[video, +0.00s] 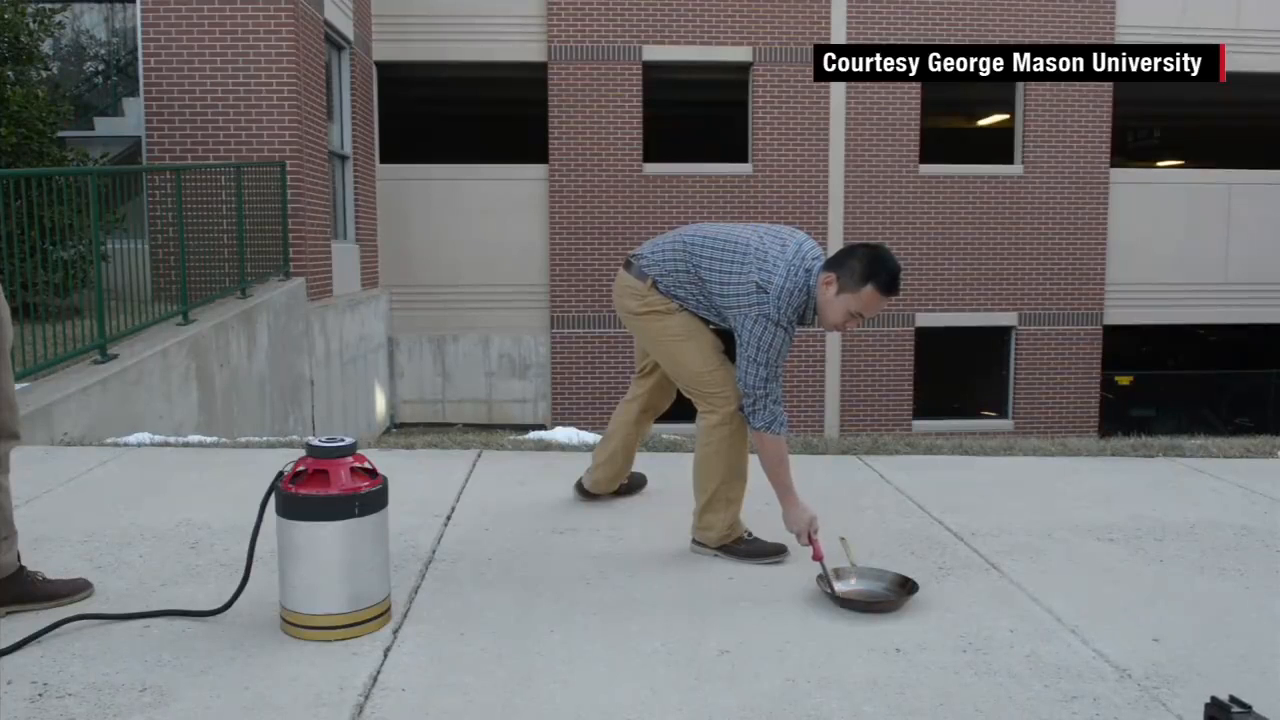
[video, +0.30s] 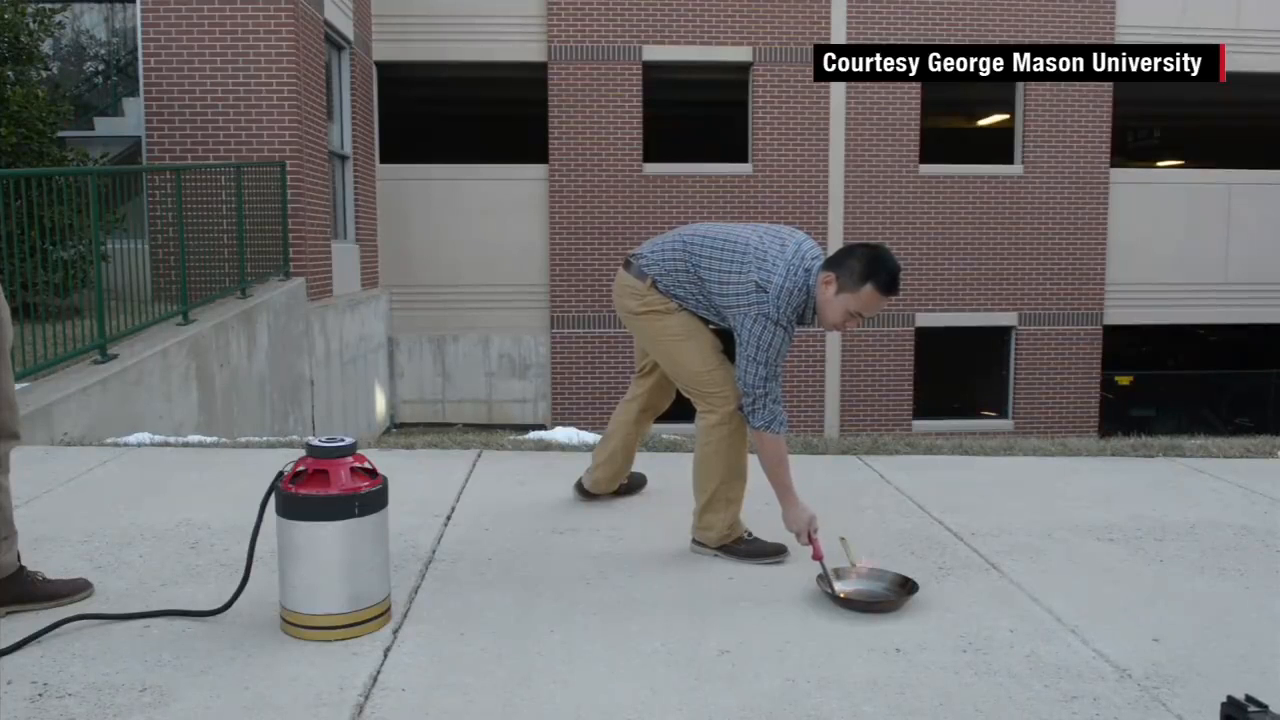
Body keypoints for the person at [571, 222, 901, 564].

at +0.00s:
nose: (852, 327)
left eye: (862, 320)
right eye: (853, 315)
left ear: (832, 278)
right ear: (829, 284)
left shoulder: (805, 255)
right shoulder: (768, 300)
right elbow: (763, 409)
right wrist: (791, 503)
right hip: (652, 290)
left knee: (654, 385)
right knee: (726, 402)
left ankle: (601, 478)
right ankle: (717, 532)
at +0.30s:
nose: (852, 326)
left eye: (862, 320)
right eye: (853, 314)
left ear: (832, 278)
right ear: (828, 284)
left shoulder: (804, 255)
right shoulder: (767, 300)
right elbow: (762, 409)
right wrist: (790, 503)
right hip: (651, 289)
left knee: (653, 386)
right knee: (725, 401)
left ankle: (601, 478)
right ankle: (717, 532)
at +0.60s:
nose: (850, 324)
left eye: (860, 317)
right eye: (851, 312)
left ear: (829, 276)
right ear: (826, 281)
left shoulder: (802, 253)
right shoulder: (766, 297)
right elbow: (757, 403)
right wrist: (787, 498)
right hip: (650, 288)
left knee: (652, 387)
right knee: (722, 401)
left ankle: (601, 478)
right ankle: (717, 531)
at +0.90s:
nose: (836, 270)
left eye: (845, 262)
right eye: (834, 257)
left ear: (806, 230)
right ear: (805, 232)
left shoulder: (778, 225)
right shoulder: (751, 264)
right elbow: (720, 360)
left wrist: (731, 346)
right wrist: (725, 453)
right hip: (636, 287)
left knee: (660, 382)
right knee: (707, 400)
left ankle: (598, 476)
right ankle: (717, 532)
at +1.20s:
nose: (750, 150)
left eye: (756, 141)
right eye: (744, 138)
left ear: (753, 135)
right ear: (711, 126)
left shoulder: (706, 174)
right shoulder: (680, 177)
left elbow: (691, 248)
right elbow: (635, 255)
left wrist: (712, 303)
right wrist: (627, 329)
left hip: (649, 290)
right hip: (621, 292)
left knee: (662, 388)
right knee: (679, 396)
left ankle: (596, 473)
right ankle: (712, 526)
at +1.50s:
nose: (657, 84)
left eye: (664, 75)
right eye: (649, 72)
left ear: (666, 73)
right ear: (619, 65)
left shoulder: (646, 131)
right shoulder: (586, 116)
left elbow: (652, 204)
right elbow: (562, 189)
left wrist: (667, 262)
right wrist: (561, 260)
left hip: (622, 263)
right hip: (588, 260)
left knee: (633, 373)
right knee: (607, 368)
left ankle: (602, 471)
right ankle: (591, 485)